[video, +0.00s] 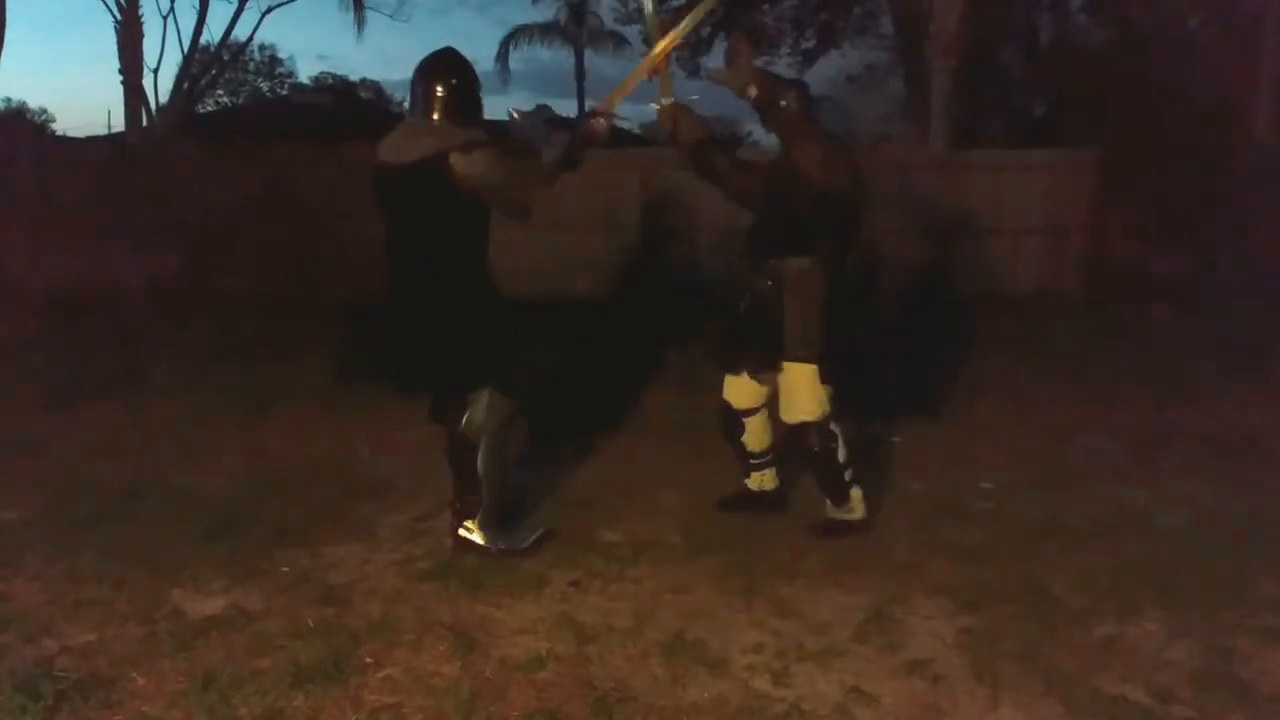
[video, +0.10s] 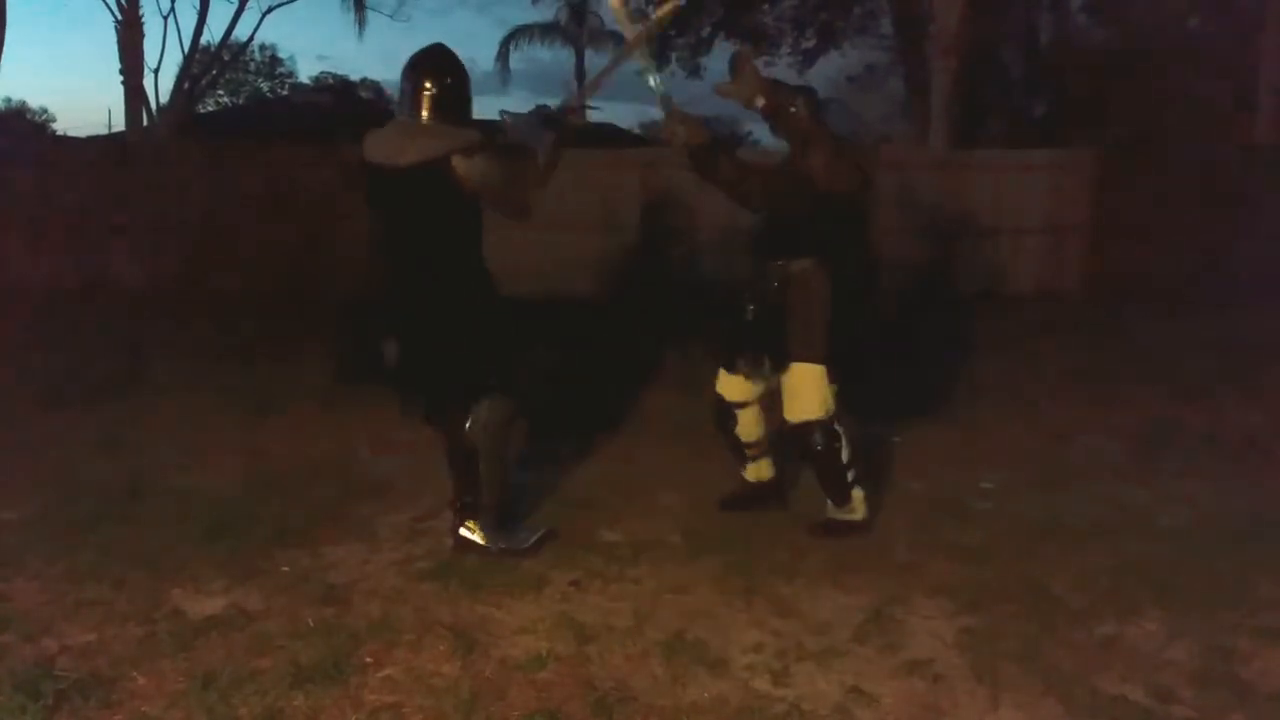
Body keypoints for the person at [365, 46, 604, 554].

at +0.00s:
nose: (475, 100)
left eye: (469, 91)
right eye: (472, 92)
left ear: (417, 94)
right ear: (465, 94)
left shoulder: (389, 153)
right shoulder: (468, 153)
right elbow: (524, 194)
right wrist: (576, 147)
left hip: (413, 297)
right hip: (464, 298)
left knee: (453, 403)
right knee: (501, 387)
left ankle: (465, 512)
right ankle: (486, 520)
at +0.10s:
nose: (465, 98)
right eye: (462, 89)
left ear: (406, 92)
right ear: (459, 93)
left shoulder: (377, 150)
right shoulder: (463, 152)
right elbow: (519, 200)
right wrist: (553, 142)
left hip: (403, 294)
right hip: (459, 297)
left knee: (445, 403)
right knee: (496, 384)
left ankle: (467, 510)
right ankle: (481, 516)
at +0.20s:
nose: (437, 97)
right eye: (440, 87)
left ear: (389, 91)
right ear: (444, 91)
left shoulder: (357, 147)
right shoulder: (452, 151)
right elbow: (511, 201)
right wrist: (528, 134)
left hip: (380, 310)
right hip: (442, 314)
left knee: (434, 390)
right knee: (486, 389)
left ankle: (438, 493)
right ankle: (479, 514)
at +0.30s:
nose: (412, 99)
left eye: (399, 90)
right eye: (412, 89)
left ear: (359, 94)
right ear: (413, 94)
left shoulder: (328, 153)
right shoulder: (423, 153)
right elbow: (478, 200)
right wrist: (503, 138)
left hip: (358, 302)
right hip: (424, 303)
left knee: (379, 405)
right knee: (472, 399)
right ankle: (476, 520)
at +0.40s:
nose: (379, 101)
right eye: (378, 92)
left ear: (322, 99)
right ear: (379, 97)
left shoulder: (293, 164)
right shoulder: (390, 161)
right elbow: (444, 205)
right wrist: (473, 147)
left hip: (333, 320)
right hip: (397, 320)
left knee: (345, 425)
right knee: (454, 407)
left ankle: (301, 513)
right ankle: (474, 521)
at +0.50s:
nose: (348, 112)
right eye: (345, 103)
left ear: (287, 113)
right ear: (341, 109)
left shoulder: (260, 175)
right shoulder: (351, 174)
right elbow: (420, 197)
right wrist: (446, 154)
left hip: (298, 326)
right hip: (366, 323)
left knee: (283, 433)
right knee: (429, 408)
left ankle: (245, 543)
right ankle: (466, 522)